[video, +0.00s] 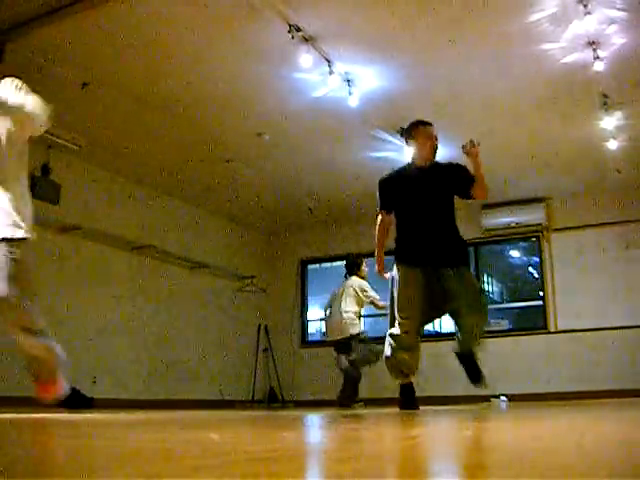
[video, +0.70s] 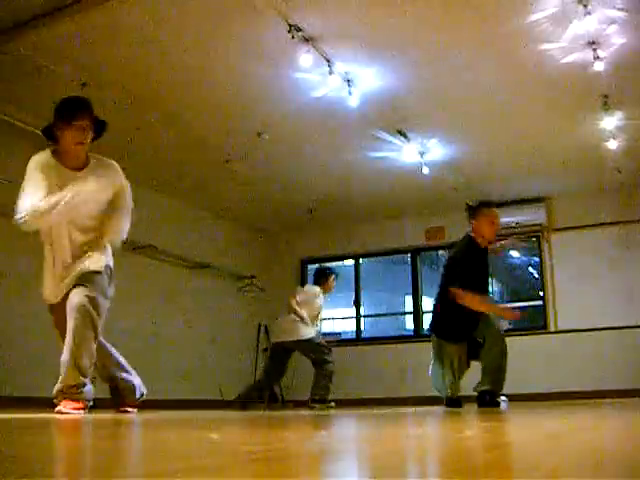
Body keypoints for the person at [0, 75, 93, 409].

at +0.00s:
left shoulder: (10, 92)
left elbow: (39, 114)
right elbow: (39, 113)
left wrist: (10, 96)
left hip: (9, 223)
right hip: (7, 223)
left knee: (14, 307)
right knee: (17, 311)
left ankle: (55, 384)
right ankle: (54, 385)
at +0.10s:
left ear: (6, 70)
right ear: (10, 71)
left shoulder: (28, 106)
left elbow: (70, 92)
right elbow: (70, 93)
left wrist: (10, 94)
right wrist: (19, 97)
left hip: (18, 228)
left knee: (40, 314)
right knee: (36, 315)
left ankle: (71, 392)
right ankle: (69, 391)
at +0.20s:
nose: (8, 83)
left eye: (14, 76)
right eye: (4, 76)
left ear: (25, 83)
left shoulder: (47, 116)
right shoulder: (7, 133)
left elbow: (99, 131)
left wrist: (44, 114)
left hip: (48, 228)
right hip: (10, 233)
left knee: (54, 310)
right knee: (33, 317)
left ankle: (74, 389)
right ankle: (64, 388)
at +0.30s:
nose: (39, 86)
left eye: (43, 78)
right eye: (29, 80)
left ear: (50, 84)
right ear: (12, 90)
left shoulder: (73, 123)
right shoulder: (7, 138)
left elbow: (96, 175)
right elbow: (6, 193)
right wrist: (12, 223)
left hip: (68, 225)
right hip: (25, 225)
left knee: (65, 309)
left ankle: (72, 391)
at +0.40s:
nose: (61, 88)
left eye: (65, 82)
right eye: (53, 81)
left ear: (70, 88)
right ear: (32, 87)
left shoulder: (87, 128)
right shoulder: (12, 133)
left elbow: (108, 180)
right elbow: (7, 189)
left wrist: (104, 226)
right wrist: (13, 199)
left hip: (81, 232)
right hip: (34, 232)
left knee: (74, 312)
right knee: (14, 294)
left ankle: (72, 391)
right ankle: (41, 362)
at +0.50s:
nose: (79, 101)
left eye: (83, 93)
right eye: (70, 92)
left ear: (88, 99)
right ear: (48, 95)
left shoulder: (99, 135)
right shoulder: (26, 132)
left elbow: (123, 173)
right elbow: (2, 166)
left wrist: (108, 216)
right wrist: (41, 167)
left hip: (86, 229)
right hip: (42, 233)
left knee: (82, 304)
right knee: (46, 312)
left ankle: (72, 390)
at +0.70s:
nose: (82, 133)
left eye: (88, 127)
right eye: (74, 126)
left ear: (93, 133)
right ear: (56, 132)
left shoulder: (109, 171)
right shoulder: (41, 165)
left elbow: (122, 210)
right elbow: (26, 215)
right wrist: (71, 194)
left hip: (94, 255)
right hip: (56, 262)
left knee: (82, 304)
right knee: (74, 334)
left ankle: (73, 392)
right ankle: (127, 386)